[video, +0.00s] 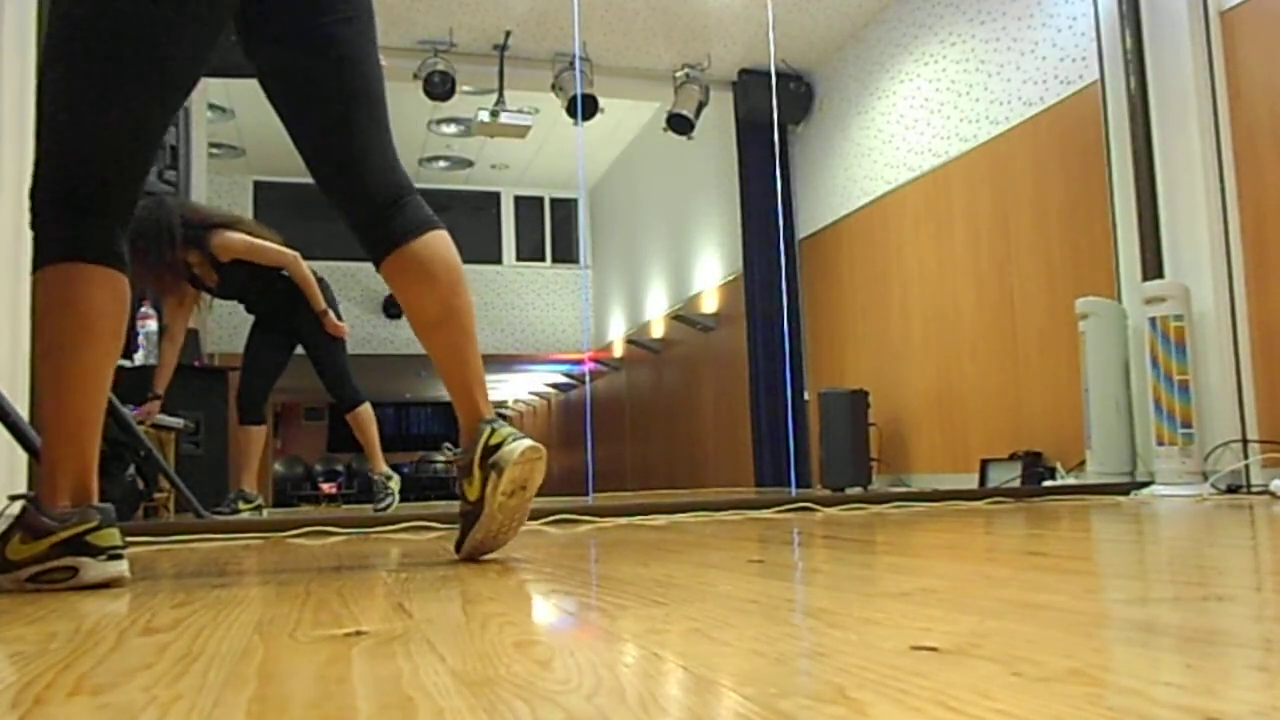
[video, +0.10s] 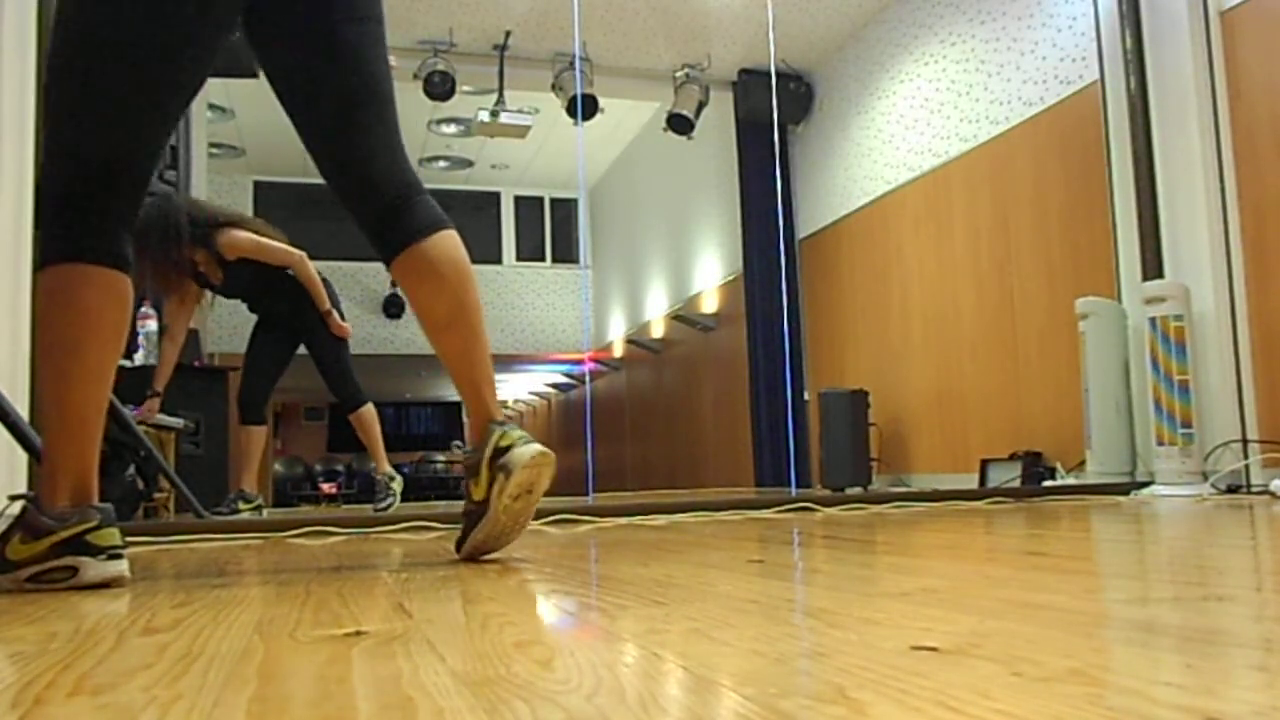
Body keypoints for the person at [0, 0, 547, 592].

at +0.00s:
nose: (150, 281)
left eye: (150, 266)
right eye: (144, 272)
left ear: (162, 244)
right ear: (160, 250)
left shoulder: (219, 243)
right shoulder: (185, 268)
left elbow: (291, 259)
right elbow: (175, 327)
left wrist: (322, 311)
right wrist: (157, 394)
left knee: (74, 204)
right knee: (382, 193)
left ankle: (66, 507)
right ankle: (485, 435)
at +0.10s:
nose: (157, 278)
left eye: (156, 264)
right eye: (151, 269)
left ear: (166, 241)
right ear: (169, 245)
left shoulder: (224, 241)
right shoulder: (191, 265)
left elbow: (296, 258)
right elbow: (175, 325)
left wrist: (327, 310)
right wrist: (156, 391)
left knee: (82, 202)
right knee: (392, 193)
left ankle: (67, 508)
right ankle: (493, 435)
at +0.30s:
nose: (184, 266)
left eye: (186, 254)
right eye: (178, 258)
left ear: (204, 234)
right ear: (195, 242)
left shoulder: (255, 236)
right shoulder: (210, 257)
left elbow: (324, 261)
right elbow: (202, 320)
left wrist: (350, 314)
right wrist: (189, 380)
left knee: (98, 206)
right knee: (424, 203)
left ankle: (66, 507)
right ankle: (552, 446)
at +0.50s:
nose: (252, 252)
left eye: (258, 241)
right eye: (244, 247)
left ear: (271, 219)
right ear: (244, 224)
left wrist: (85, 64)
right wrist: (492, 80)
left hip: (268, 9)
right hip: (440, 5)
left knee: (158, 237)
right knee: (491, 245)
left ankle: (67, 514)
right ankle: (628, 475)